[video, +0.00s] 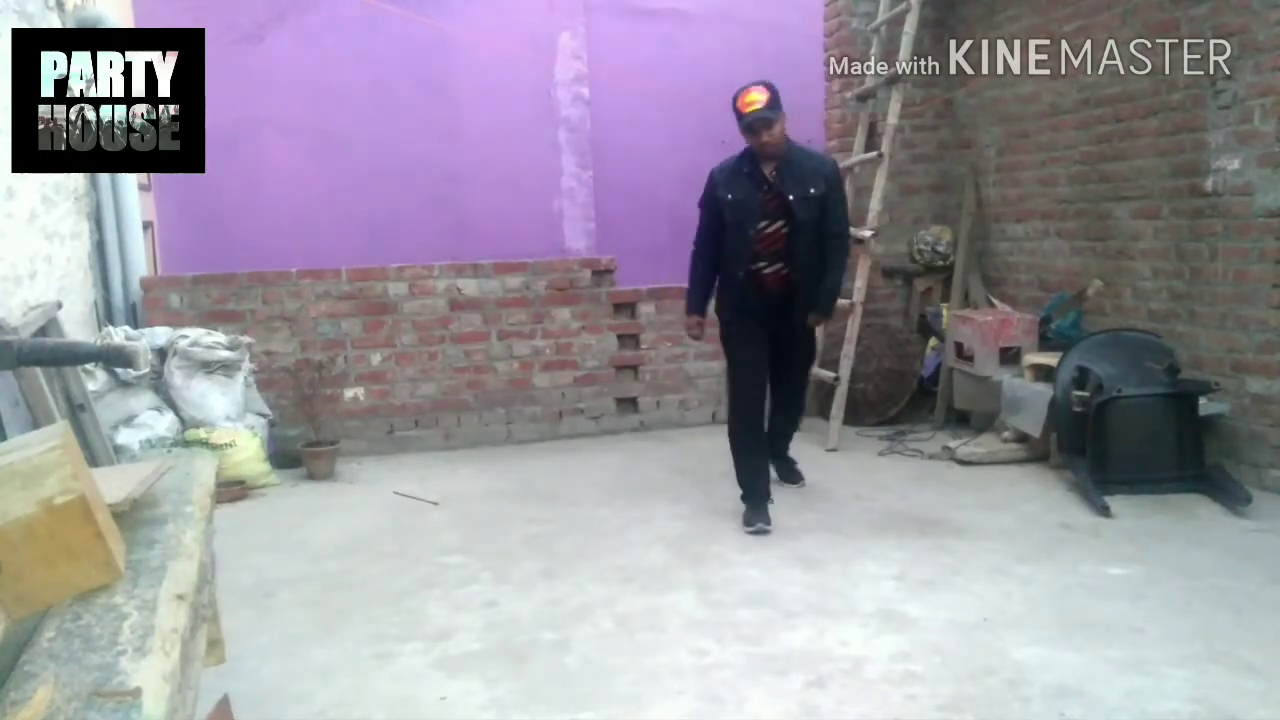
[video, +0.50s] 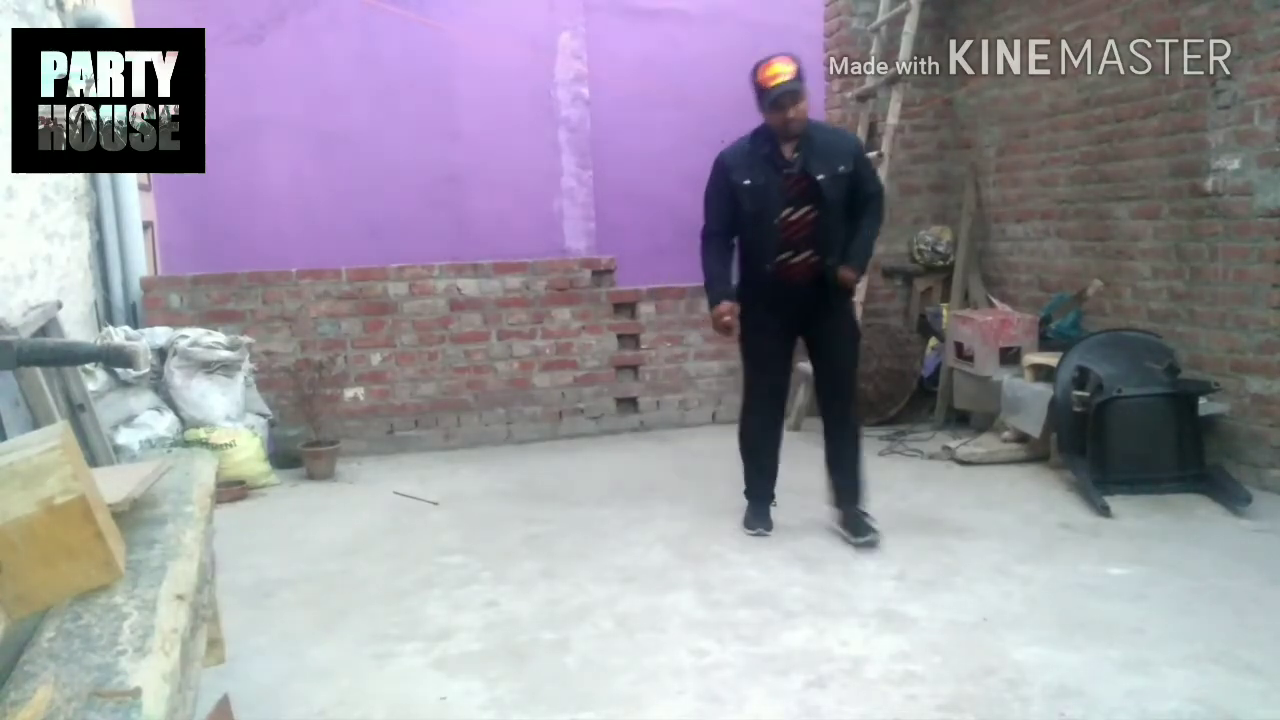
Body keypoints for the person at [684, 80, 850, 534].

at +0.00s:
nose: (764, 137)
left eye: (769, 126)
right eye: (753, 130)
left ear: (784, 120)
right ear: (742, 133)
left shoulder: (821, 172)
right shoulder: (724, 179)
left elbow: (836, 241)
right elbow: (707, 244)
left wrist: (826, 300)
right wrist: (696, 303)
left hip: (798, 307)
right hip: (742, 308)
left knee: (792, 389)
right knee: (747, 398)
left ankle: (778, 449)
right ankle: (755, 497)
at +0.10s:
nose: (759, 137)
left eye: (765, 125)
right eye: (748, 130)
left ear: (781, 118)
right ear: (738, 132)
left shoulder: (820, 169)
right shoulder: (723, 179)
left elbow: (838, 241)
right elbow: (708, 249)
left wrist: (825, 301)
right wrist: (702, 310)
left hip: (797, 309)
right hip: (740, 312)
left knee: (805, 395)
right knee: (743, 406)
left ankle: (783, 440)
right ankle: (756, 500)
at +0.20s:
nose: (761, 135)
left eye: (766, 123)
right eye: (749, 129)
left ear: (782, 115)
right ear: (739, 132)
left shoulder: (823, 168)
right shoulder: (723, 179)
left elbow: (848, 234)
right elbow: (706, 249)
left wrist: (828, 293)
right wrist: (706, 310)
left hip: (802, 310)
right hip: (743, 313)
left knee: (820, 397)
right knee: (743, 409)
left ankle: (791, 443)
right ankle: (756, 501)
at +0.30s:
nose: (765, 132)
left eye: (770, 119)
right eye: (753, 126)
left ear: (784, 112)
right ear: (742, 129)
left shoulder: (825, 163)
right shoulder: (724, 177)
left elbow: (853, 225)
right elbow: (706, 247)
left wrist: (833, 283)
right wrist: (709, 307)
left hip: (806, 307)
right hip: (746, 311)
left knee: (826, 393)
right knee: (745, 409)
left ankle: (799, 451)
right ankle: (756, 500)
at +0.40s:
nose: (775, 122)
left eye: (780, 110)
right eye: (762, 116)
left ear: (793, 103)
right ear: (749, 117)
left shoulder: (832, 156)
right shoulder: (727, 169)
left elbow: (861, 212)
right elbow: (710, 240)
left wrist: (844, 269)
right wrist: (713, 299)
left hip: (816, 299)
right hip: (755, 305)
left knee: (838, 380)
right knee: (753, 403)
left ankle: (820, 473)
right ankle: (757, 500)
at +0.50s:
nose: (790, 114)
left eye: (796, 102)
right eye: (778, 107)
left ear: (807, 98)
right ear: (761, 109)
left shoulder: (842, 149)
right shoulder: (734, 164)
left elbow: (870, 204)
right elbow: (717, 235)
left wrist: (855, 262)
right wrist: (720, 296)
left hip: (828, 298)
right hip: (765, 302)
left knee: (840, 401)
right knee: (763, 403)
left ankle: (849, 506)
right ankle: (758, 501)